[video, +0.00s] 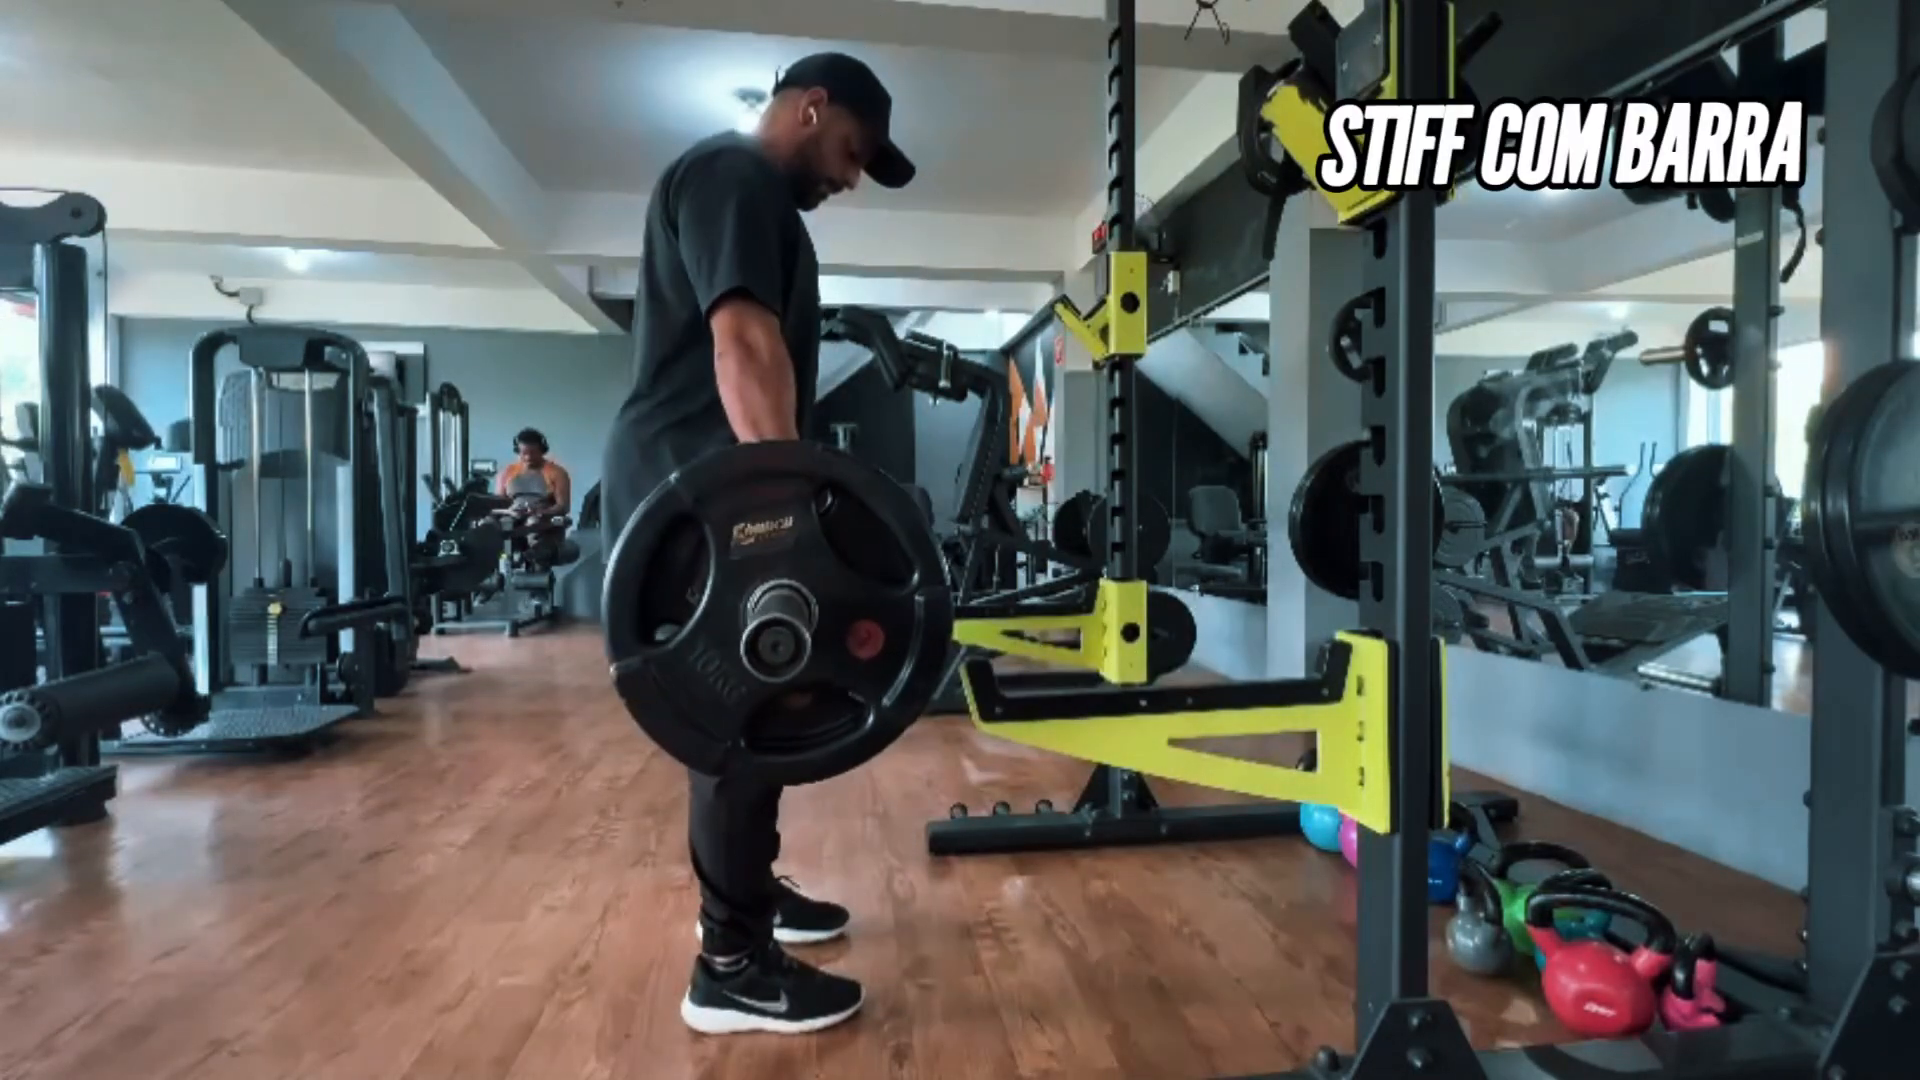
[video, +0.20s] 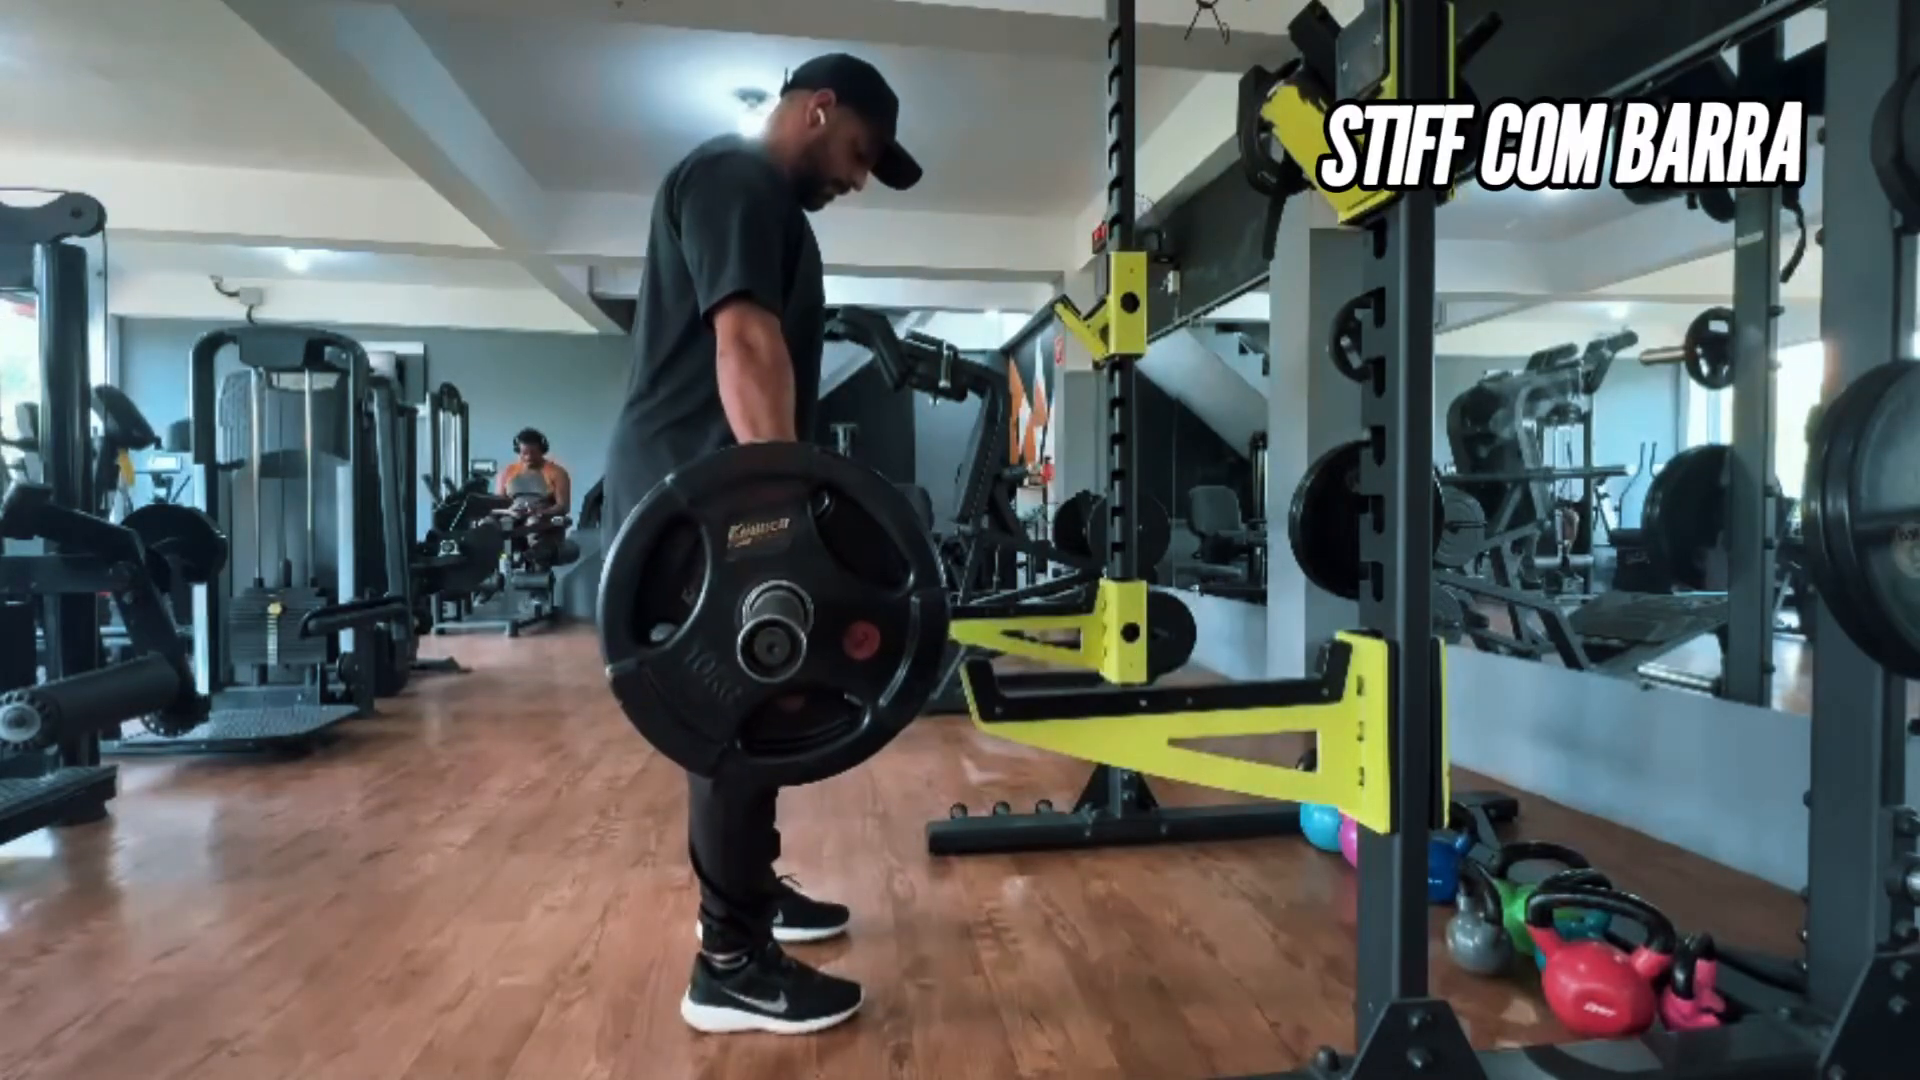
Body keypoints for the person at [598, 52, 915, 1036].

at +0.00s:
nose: (848, 180)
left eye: (858, 168)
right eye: (850, 155)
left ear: (802, 114)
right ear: (809, 109)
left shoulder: (754, 194)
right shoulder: (729, 169)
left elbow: (757, 357)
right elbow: (742, 340)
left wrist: (795, 499)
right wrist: (786, 510)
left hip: (715, 491)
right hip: (697, 491)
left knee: (756, 693)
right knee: (736, 708)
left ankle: (747, 886)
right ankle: (730, 961)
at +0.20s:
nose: (854, 181)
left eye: (865, 169)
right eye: (857, 155)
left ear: (809, 115)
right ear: (816, 109)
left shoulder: (756, 194)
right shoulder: (733, 174)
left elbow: (759, 358)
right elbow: (744, 342)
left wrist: (792, 504)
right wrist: (780, 514)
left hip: (715, 498)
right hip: (700, 498)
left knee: (756, 694)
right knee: (735, 709)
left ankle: (748, 886)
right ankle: (729, 962)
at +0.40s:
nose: (858, 180)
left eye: (869, 167)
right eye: (862, 154)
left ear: (813, 114)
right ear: (820, 109)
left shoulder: (763, 193)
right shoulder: (736, 173)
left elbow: (764, 355)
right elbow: (747, 343)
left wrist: (796, 503)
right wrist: (790, 510)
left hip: (726, 502)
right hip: (707, 503)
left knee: (757, 699)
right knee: (738, 712)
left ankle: (749, 890)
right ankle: (730, 963)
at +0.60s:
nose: (853, 173)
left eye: (864, 159)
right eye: (854, 147)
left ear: (802, 112)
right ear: (809, 105)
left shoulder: (756, 195)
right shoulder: (732, 173)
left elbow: (758, 357)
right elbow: (745, 341)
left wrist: (799, 497)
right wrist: (796, 505)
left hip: (715, 488)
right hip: (700, 489)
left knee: (756, 694)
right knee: (743, 707)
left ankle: (751, 882)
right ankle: (734, 960)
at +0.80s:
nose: (857, 176)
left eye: (866, 162)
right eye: (858, 150)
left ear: (807, 112)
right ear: (815, 107)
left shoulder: (751, 190)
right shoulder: (735, 178)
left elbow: (752, 360)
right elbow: (748, 348)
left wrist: (789, 502)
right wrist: (790, 508)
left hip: (716, 494)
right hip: (709, 497)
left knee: (753, 697)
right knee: (738, 708)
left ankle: (750, 886)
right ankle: (728, 961)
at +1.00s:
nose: (856, 174)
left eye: (866, 160)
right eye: (857, 148)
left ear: (807, 113)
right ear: (815, 106)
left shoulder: (758, 193)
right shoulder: (738, 175)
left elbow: (759, 361)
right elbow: (752, 349)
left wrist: (795, 503)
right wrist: (797, 508)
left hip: (717, 494)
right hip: (706, 496)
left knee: (754, 697)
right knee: (741, 708)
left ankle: (750, 883)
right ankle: (732, 962)